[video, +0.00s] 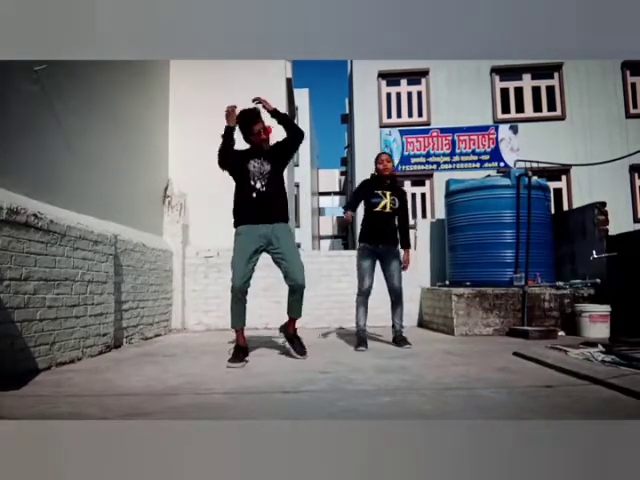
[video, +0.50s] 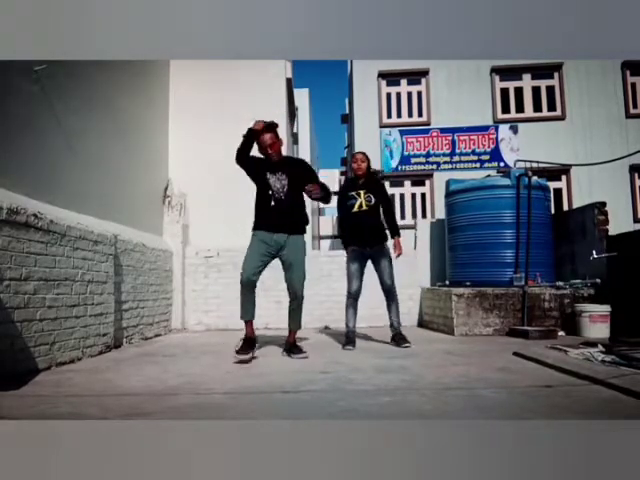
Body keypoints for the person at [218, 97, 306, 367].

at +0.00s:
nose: (265, 134)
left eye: (266, 129)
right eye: (258, 132)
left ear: (268, 128)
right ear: (247, 135)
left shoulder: (278, 154)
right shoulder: (238, 159)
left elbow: (297, 135)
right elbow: (223, 159)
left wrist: (274, 112)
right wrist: (230, 127)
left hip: (279, 227)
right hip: (248, 229)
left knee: (298, 282)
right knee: (239, 285)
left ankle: (291, 327)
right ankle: (240, 342)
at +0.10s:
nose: (265, 136)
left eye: (265, 132)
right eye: (259, 135)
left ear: (270, 134)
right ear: (251, 140)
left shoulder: (284, 159)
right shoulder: (245, 163)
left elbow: (305, 144)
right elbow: (234, 183)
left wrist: (284, 121)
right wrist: (244, 148)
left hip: (283, 232)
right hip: (252, 232)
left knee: (295, 289)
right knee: (241, 288)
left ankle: (291, 336)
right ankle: (241, 344)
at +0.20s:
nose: (265, 137)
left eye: (266, 132)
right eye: (260, 134)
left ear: (271, 134)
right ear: (252, 138)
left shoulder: (289, 158)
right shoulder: (250, 162)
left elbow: (316, 153)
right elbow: (245, 184)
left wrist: (295, 129)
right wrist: (253, 148)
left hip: (288, 231)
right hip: (258, 231)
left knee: (296, 287)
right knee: (243, 285)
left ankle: (293, 338)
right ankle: (242, 342)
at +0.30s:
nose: (267, 141)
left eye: (269, 135)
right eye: (262, 137)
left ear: (275, 134)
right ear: (257, 140)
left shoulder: (293, 158)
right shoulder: (255, 162)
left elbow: (322, 167)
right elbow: (246, 172)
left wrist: (306, 142)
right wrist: (252, 142)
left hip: (292, 232)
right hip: (262, 233)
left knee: (296, 288)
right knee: (251, 285)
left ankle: (292, 340)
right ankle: (244, 343)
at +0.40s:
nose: (269, 147)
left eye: (272, 141)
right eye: (265, 144)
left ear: (280, 140)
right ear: (260, 146)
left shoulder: (297, 164)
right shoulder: (258, 166)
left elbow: (325, 186)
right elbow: (244, 161)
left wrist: (316, 165)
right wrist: (252, 134)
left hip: (294, 236)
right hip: (265, 236)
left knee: (297, 290)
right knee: (252, 287)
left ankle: (292, 341)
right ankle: (246, 344)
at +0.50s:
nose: (270, 149)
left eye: (273, 143)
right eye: (265, 146)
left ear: (281, 142)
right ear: (260, 148)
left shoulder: (299, 166)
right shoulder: (259, 167)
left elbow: (326, 196)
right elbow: (241, 157)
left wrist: (320, 193)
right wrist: (251, 134)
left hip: (293, 237)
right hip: (264, 235)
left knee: (297, 290)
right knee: (247, 279)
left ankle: (292, 340)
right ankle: (249, 335)